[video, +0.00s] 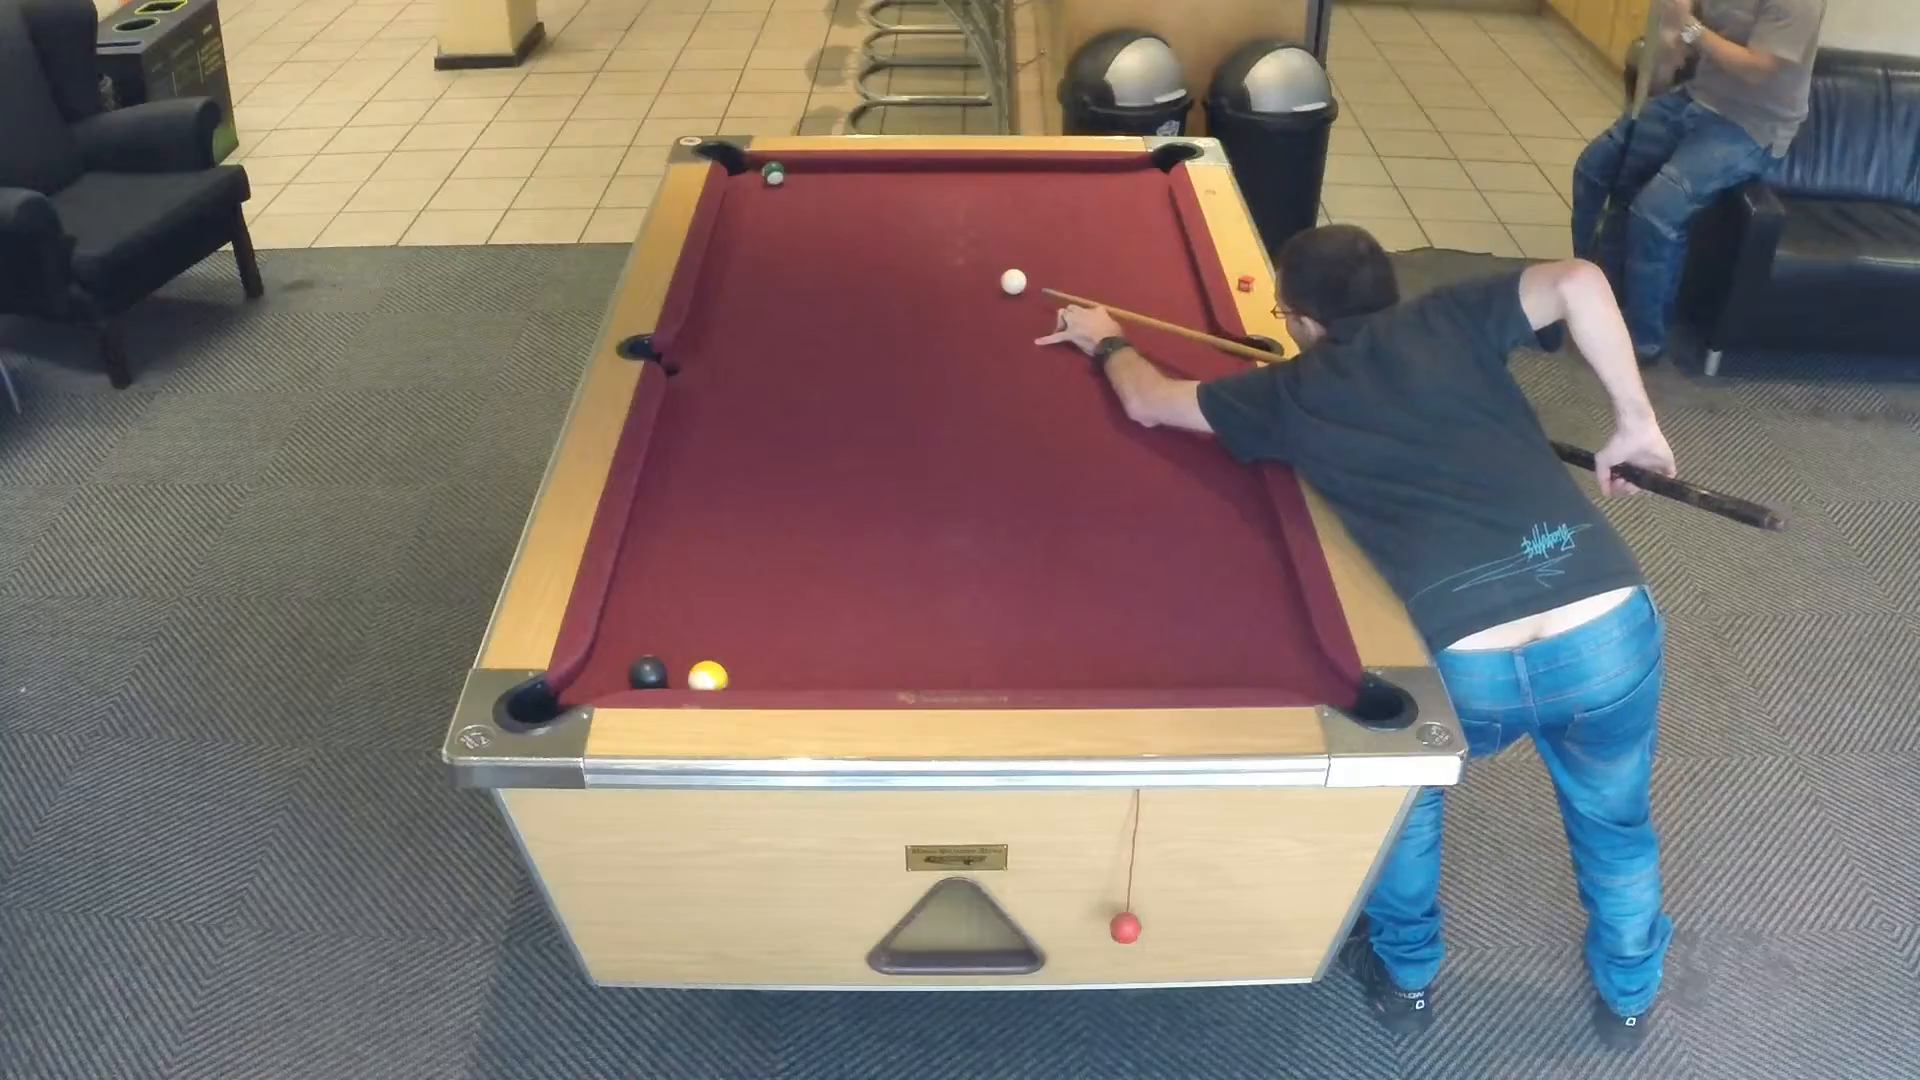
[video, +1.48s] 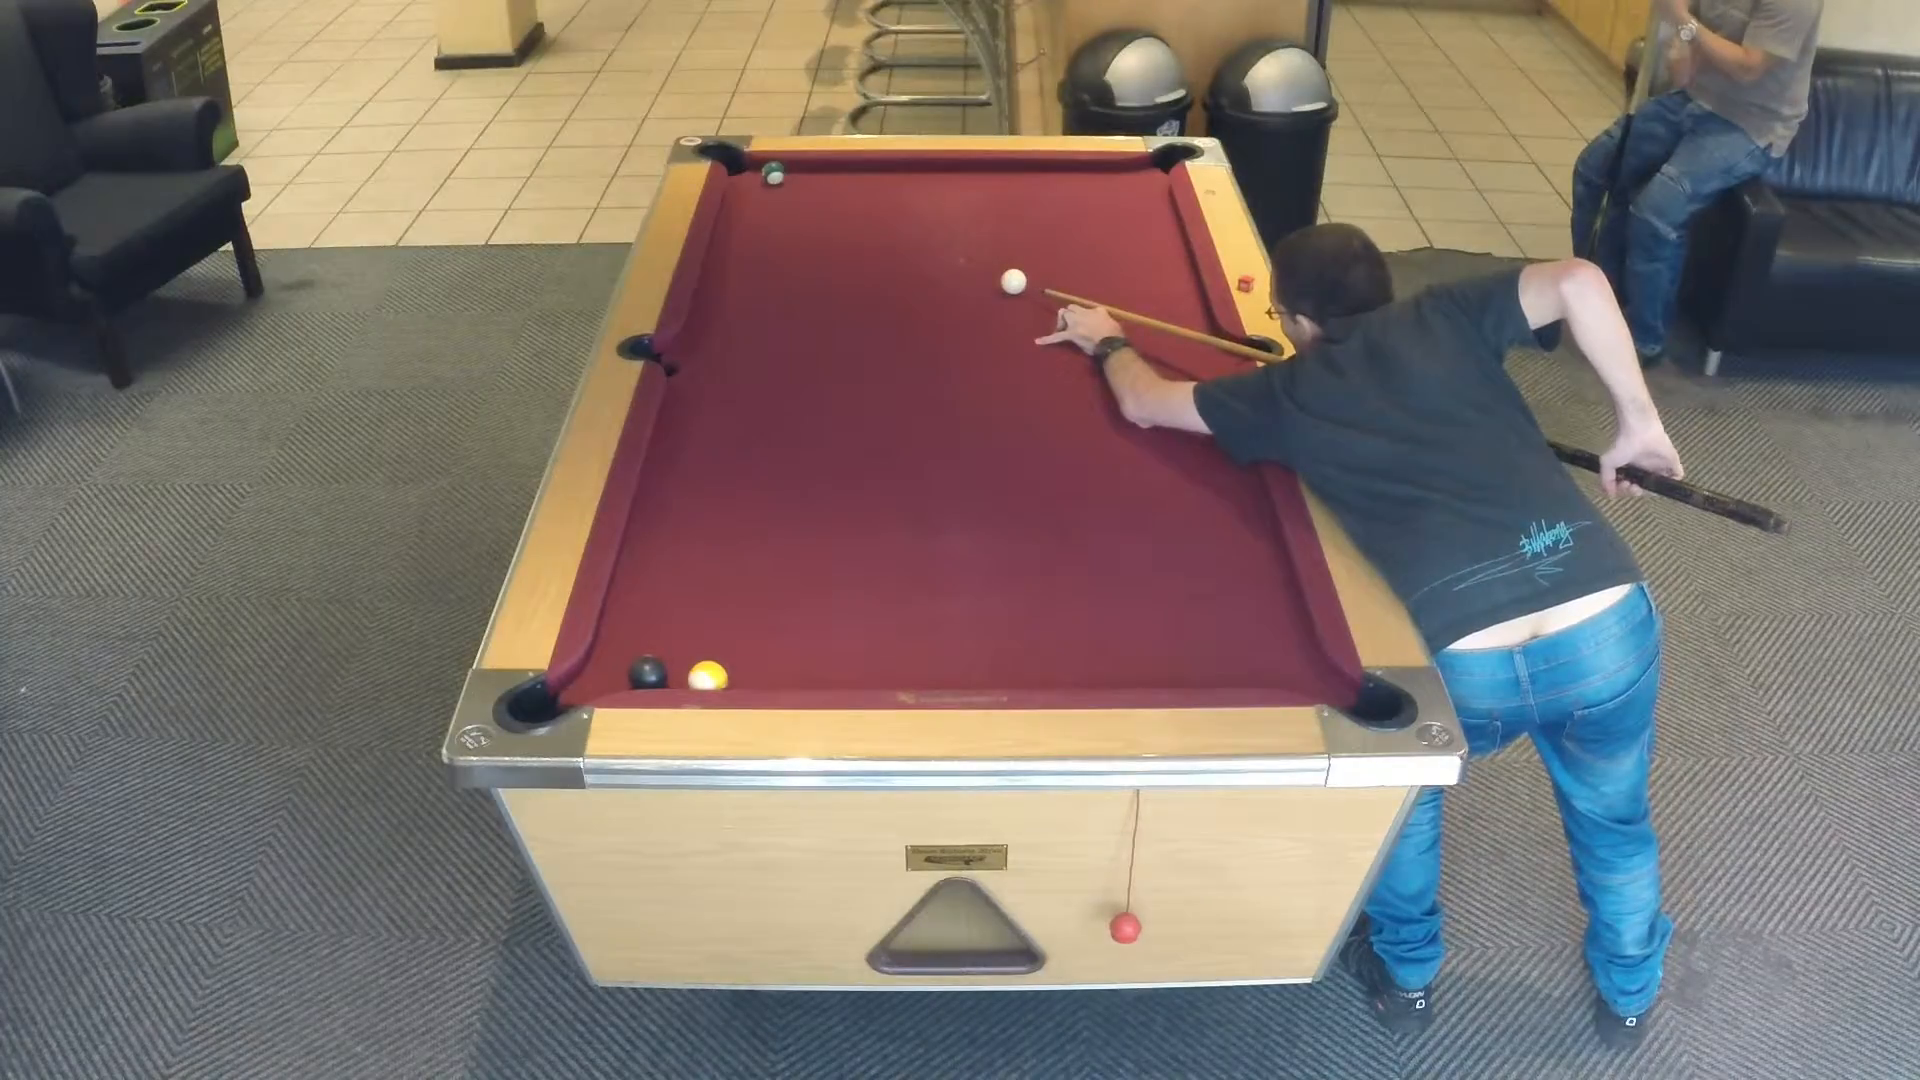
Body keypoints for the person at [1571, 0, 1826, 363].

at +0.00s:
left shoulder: (1797, 6)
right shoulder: (1712, 6)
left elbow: (1758, 69)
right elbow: (1657, 78)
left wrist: (1689, 26)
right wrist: (1669, 37)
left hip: (1748, 127)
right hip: (1694, 101)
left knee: (1653, 211)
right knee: (1592, 170)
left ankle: (1643, 342)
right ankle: (1586, 300)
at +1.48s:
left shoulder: (1794, 6)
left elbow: (1747, 68)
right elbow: (1682, 75)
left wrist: (1682, 18)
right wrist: (1680, 39)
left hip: (1749, 126)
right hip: (1692, 100)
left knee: (1655, 210)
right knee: (1593, 168)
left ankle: (1645, 342)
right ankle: (1592, 303)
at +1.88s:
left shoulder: (1794, 6)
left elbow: (1767, 74)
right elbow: (1688, 37)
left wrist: (1701, 29)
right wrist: (1672, 99)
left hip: (1749, 127)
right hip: (1692, 105)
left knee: (1655, 209)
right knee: (1594, 169)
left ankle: (1644, 345)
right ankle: (1590, 301)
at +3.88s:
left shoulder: (1792, 6)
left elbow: (1770, 76)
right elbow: (1686, 42)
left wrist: (1704, 29)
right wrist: (1665, 106)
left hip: (1746, 128)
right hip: (1689, 104)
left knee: (1653, 211)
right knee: (1595, 168)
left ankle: (1643, 342)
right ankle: (1592, 300)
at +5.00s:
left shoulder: (1741, 6)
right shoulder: (1666, 5)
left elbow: (1734, 77)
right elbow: (1657, 51)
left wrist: (1667, 34)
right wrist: (1647, 112)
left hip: (1742, 122)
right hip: (1682, 107)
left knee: (1649, 212)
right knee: (1590, 171)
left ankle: (1636, 343)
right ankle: (1592, 309)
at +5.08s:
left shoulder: (1728, 6)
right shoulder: (1650, 5)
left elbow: (1725, 79)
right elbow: (1648, 45)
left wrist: (1652, 49)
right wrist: (1640, 109)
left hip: (1738, 114)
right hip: (1678, 101)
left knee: (1646, 213)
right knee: (1591, 172)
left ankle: (1634, 343)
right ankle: (1593, 307)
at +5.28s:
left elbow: (1694, 67)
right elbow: (1620, 11)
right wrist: (1607, 89)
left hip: (1718, 93)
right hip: (1659, 79)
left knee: (1639, 221)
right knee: (1593, 176)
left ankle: (1634, 344)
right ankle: (1594, 304)